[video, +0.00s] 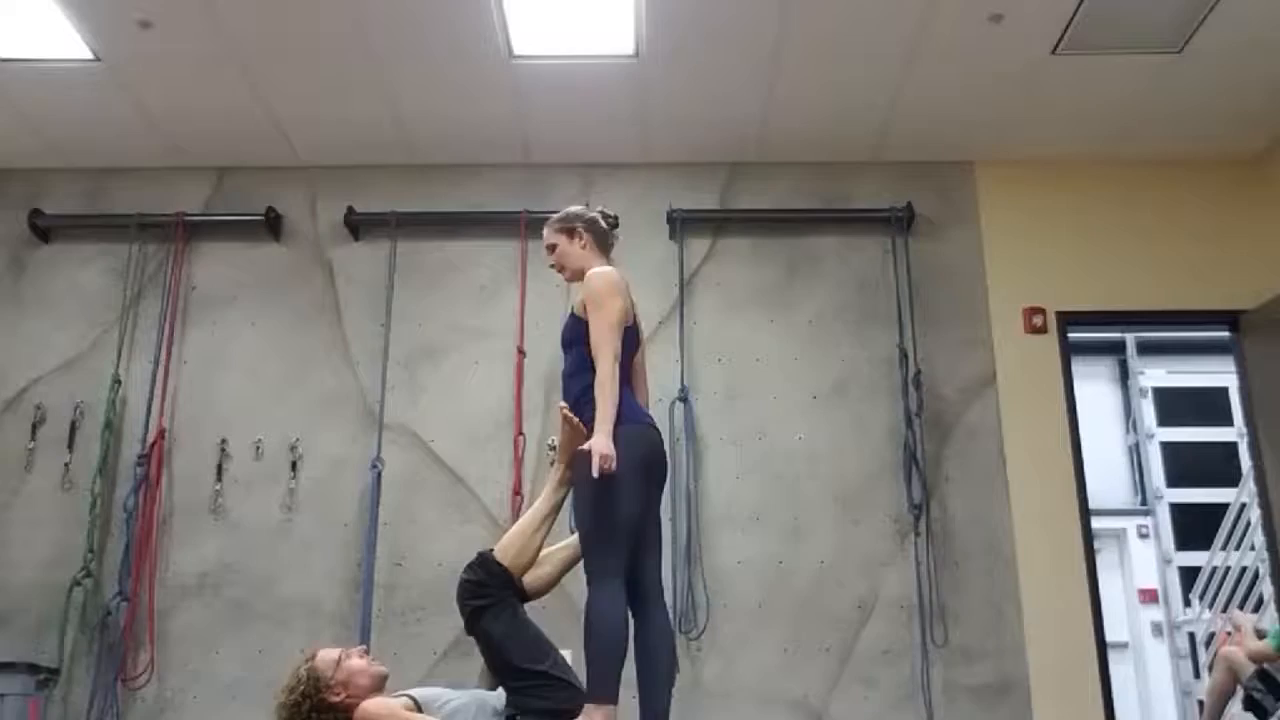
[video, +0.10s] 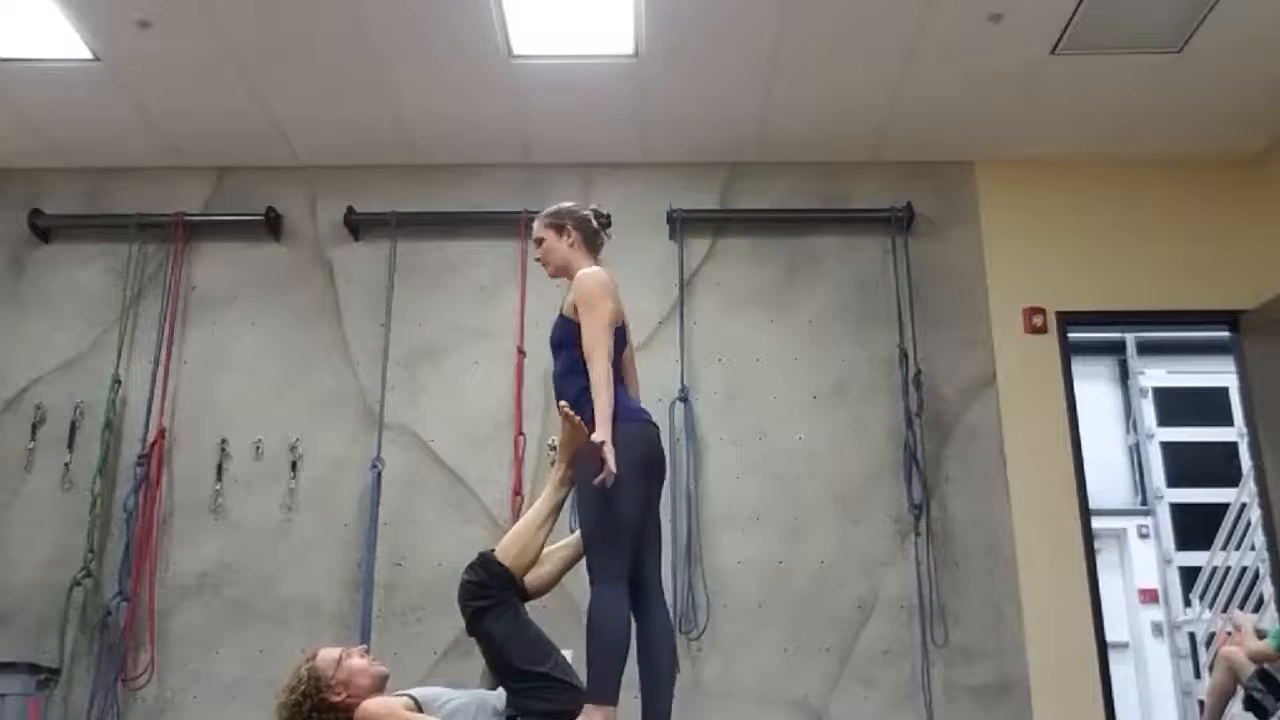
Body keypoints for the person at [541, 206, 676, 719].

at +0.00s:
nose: (550, 260)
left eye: (553, 249)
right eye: (547, 251)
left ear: (579, 239)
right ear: (586, 241)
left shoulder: (598, 278)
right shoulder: (619, 287)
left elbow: (607, 363)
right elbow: (638, 379)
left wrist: (603, 432)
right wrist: (642, 437)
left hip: (610, 442)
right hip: (640, 442)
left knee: (604, 583)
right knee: (647, 590)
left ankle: (599, 706)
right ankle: (657, 713)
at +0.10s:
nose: (536, 253)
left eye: (541, 242)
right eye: (534, 245)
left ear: (569, 237)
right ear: (574, 240)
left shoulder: (588, 281)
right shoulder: (604, 287)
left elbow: (600, 362)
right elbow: (629, 374)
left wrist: (603, 433)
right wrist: (623, 432)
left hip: (608, 436)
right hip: (634, 437)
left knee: (608, 582)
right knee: (647, 587)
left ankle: (599, 707)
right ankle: (658, 712)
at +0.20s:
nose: (510, 249)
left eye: (515, 238)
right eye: (510, 240)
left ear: (542, 238)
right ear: (545, 239)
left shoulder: (561, 284)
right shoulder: (559, 290)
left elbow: (583, 358)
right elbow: (575, 368)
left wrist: (606, 425)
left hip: (591, 439)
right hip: (610, 435)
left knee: (601, 582)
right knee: (636, 587)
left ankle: (597, 709)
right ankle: (654, 713)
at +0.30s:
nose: (482, 253)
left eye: (487, 243)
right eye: (483, 243)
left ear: (513, 243)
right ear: (513, 245)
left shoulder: (536, 288)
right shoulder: (532, 295)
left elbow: (565, 360)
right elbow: (539, 382)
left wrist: (595, 423)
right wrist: (527, 482)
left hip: (583, 438)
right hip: (596, 434)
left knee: (597, 582)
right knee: (630, 587)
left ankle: (596, 709)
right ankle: (654, 712)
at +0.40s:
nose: (437, 262)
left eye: (444, 253)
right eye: (439, 254)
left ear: (471, 257)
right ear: (476, 257)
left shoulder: (491, 301)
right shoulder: (501, 305)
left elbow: (529, 365)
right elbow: (544, 371)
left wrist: (565, 421)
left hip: (561, 445)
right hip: (584, 438)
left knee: (584, 585)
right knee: (620, 584)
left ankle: (595, 709)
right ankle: (650, 712)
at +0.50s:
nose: (395, 276)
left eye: (401, 266)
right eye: (397, 267)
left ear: (427, 269)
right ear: (433, 271)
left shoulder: (451, 316)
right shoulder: (468, 318)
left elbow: (491, 378)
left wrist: (530, 426)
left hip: (536, 449)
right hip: (563, 441)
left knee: (568, 591)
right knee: (610, 588)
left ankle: (592, 710)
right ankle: (649, 711)